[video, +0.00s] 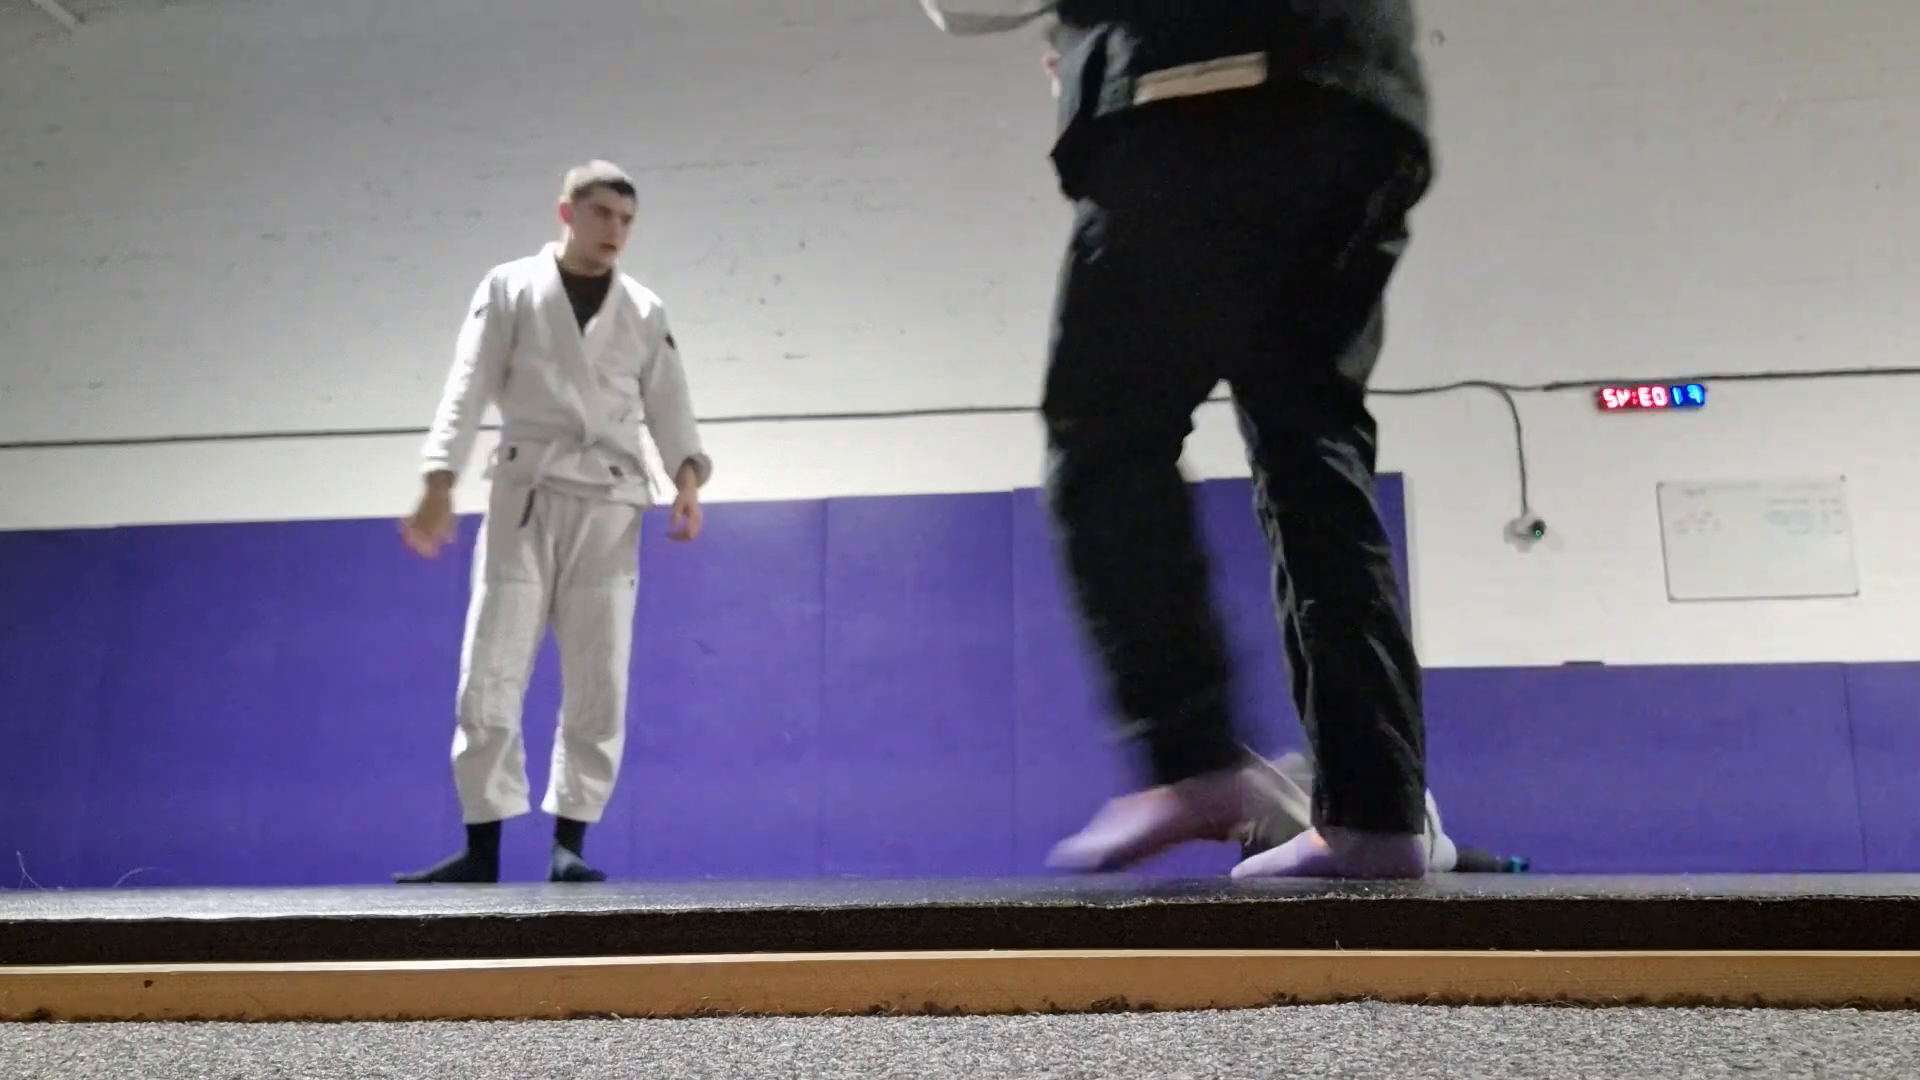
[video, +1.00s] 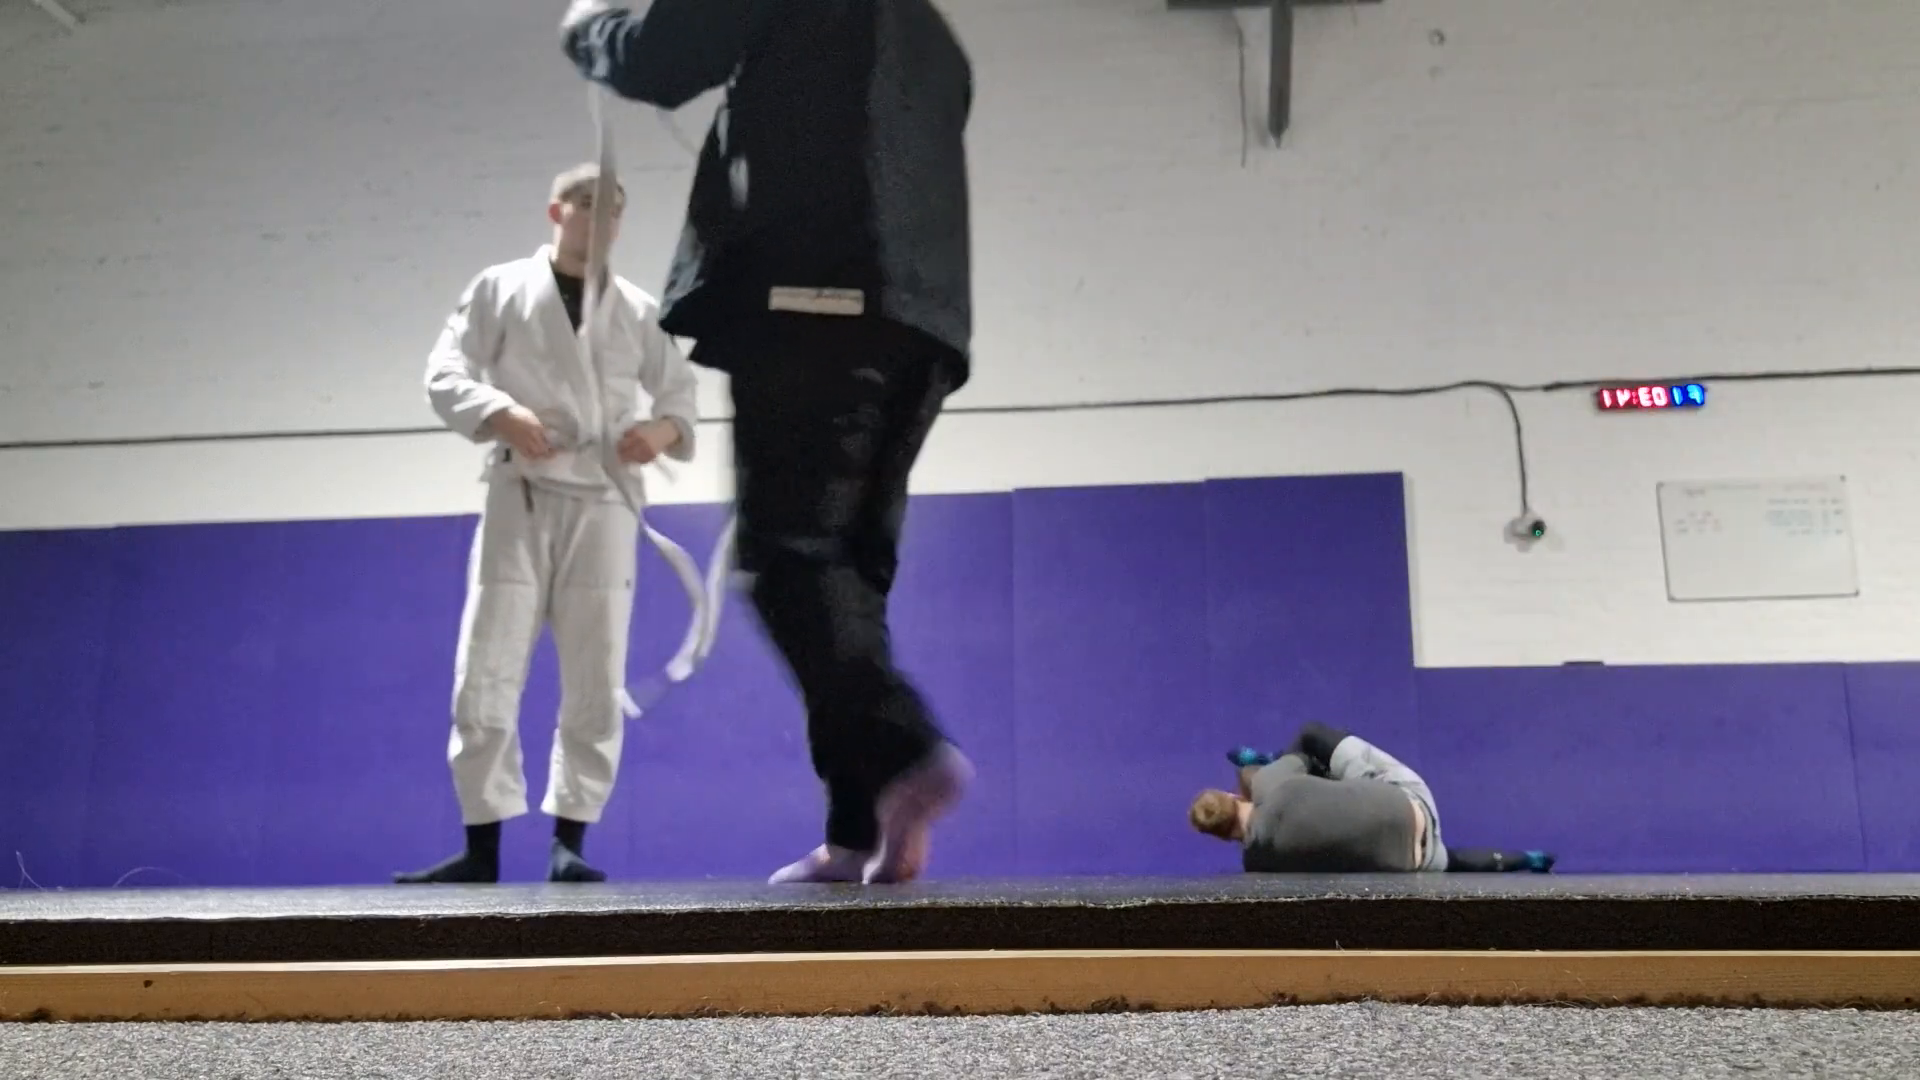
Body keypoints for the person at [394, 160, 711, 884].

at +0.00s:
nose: (615, 229)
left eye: (625, 219)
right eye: (602, 214)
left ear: (632, 228)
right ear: (565, 212)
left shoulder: (643, 310)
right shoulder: (510, 288)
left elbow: (669, 401)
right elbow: (467, 387)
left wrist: (689, 479)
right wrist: (439, 481)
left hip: (610, 508)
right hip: (522, 499)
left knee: (599, 675)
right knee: (490, 671)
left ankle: (569, 849)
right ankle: (481, 851)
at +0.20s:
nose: (619, 227)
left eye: (628, 217)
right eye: (606, 212)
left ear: (633, 228)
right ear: (566, 211)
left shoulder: (643, 311)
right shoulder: (508, 288)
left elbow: (669, 401)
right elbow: (454, 378)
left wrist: (688, 478)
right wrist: (413, 467)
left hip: (612, 500)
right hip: (523, 493)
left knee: (599, 670)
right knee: (493, 666)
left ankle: (570, 847)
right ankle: (481, 851)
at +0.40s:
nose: (622, 228)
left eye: (630, 218)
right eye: (610, 212)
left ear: (632, 229)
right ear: (567, 211)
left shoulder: (643, 310)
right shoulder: (507, 287)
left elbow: (671, 400)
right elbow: (464, 375)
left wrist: (684, 470)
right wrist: (446, 452)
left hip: (609, 502)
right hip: (520, 494)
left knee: (597, 671)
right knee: (489, 667)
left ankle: (569, 848)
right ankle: (481, 850)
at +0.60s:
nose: (621, 228)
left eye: (629, 219)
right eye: (609, 213)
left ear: (630, 231)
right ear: (566, 212)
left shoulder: (643, 314)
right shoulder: (503, 288)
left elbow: (683, 415)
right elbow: (454, 383)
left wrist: (671, 446)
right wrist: (502, 432)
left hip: (607, 509)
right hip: (518, 502)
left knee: (597, 676)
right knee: (487, 674)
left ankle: (569, 849)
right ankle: (480, 852)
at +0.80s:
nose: (619, 230)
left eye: (626, 219)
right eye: (608, 215)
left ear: (628, 227)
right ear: (565, 213)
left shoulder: (643, 313)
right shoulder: (502, 289)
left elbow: (681, 407)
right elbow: (450, 377)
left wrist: (656, 430)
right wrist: (506, 416)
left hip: (609, 512)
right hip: (520, 504)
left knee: (598, 676)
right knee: (488, 671)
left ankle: (569, 848)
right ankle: (480, 851)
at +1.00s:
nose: (597, 220)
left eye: (610, 210)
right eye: (584, 204)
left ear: (621, 225)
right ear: (554, 212)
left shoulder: (643, 315)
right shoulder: (499, 290)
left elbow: (682, 407)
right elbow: (446, 378)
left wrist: (661, 432)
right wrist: (504, 416)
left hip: (605, 509)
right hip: (518, 502)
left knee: (595, 675)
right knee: (486, 671)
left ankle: (568, 850)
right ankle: (480, 852)